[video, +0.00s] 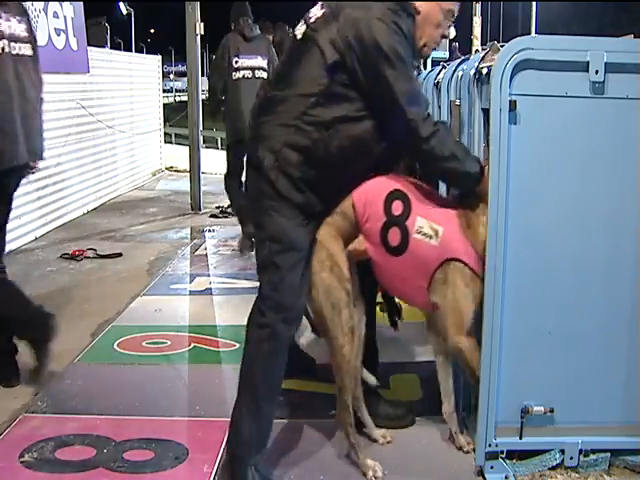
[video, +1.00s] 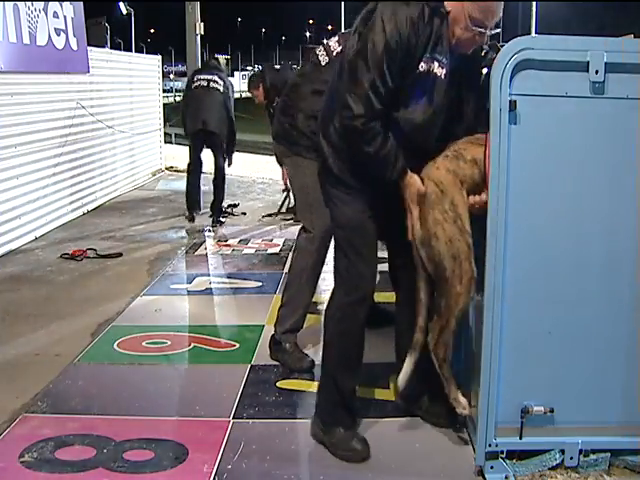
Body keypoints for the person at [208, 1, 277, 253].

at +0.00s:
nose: (237, 25)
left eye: (235, 22)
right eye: (242, 20)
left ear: (235, 21)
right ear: (251, 19)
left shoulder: (228, 43)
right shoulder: (266, 43)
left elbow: (217, 80)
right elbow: (277, 76)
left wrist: (216, 104)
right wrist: (272, 100)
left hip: (238, 122)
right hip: (262, 121)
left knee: (232, 177)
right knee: (257, 178)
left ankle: (247, 224)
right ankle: (252, 231)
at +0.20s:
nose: (226, 30)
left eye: (223, 27)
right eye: (231, 26)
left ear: (223, 26)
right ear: (239, 24)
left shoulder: (218, 48)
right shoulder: (254, 47)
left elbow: (215, 87)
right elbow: (265, 79)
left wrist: (211, 118)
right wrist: (263, 108)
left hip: (226, 121)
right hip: (249, 119)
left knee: (219, 175)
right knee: (249, 177)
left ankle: (214, 226)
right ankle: (249, 232)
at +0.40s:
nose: (212, 37)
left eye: (210, 33)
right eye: (217, 33)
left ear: (209, 33)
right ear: (227, 31)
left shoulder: (204, 57)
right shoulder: (241, 54)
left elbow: (198, 95)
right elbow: (251, 89)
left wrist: (195, 124)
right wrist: (247, 113)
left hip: (213, 126)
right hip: (238, 124)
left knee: (210, 179)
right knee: (235, 175)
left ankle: (212, 228)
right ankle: (241, 211)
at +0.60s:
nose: (209, 35)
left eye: (206, 31)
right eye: (214, 32)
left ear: (204, 31)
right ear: (221, 30)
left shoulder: (196, 54)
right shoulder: (233, 52)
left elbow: (188, 87)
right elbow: (242, 85)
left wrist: (190, 112)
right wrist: (240, 108)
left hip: (205, 120)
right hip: (228, 118)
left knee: (208, 169)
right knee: (223, 166)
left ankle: (213, 222)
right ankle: (220, 211)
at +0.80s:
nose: (213, 48)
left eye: (207, 45)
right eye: (216, 45)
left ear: (203, 45)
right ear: (220, 46)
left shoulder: (195, 64)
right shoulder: (229, 66)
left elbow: (187, 94)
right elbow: (237, 100)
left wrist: (191, 109)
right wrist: (236, 129)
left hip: (200, 122)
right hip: (223, 122)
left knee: (198, 171)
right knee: (220, 170)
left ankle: (205, 210)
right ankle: (216, 212)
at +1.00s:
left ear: (205, 65)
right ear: (220, 68)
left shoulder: (194, 75)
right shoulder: (225, 80)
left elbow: (185, 103)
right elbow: (230, 114)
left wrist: (187, 127)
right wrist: (230, 148)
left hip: (194, 124)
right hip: (216, 124)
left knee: (194, 165)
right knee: (219, 168)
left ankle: (192, 208)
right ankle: (217, 213)